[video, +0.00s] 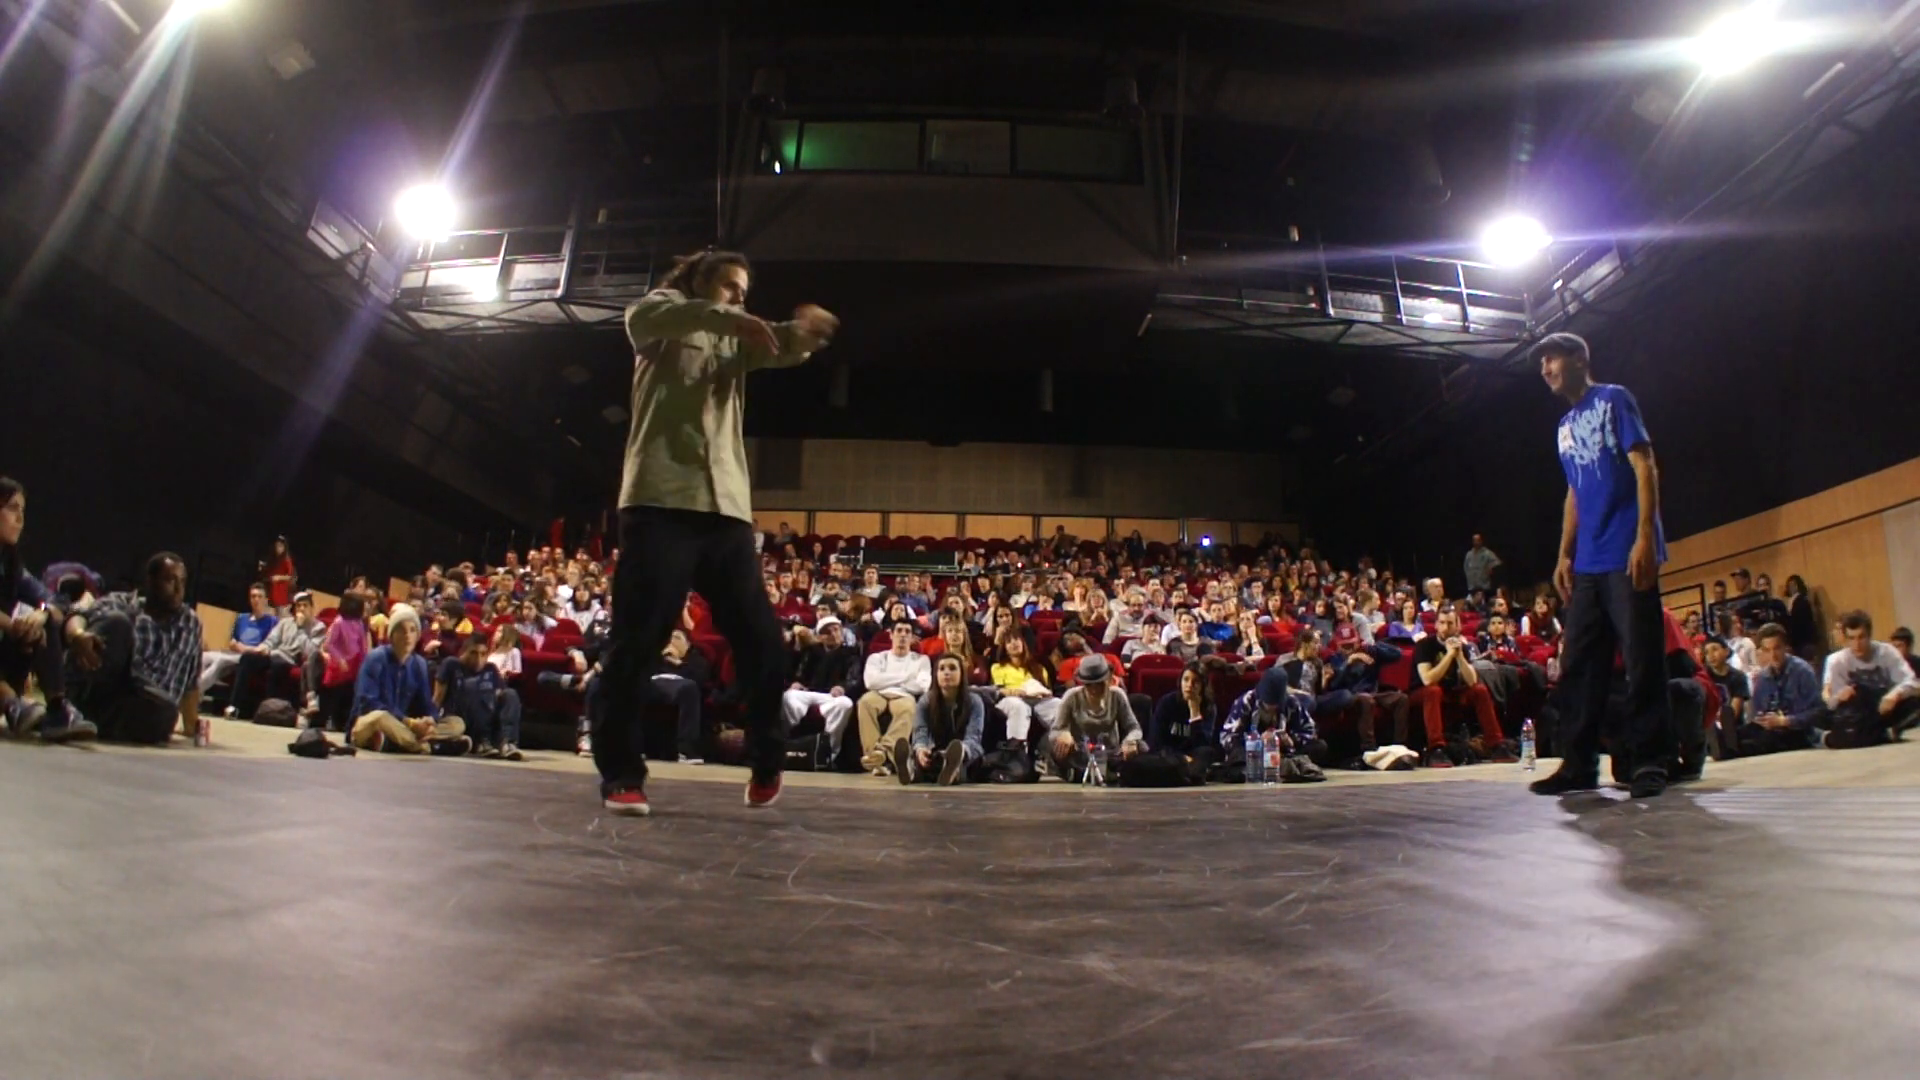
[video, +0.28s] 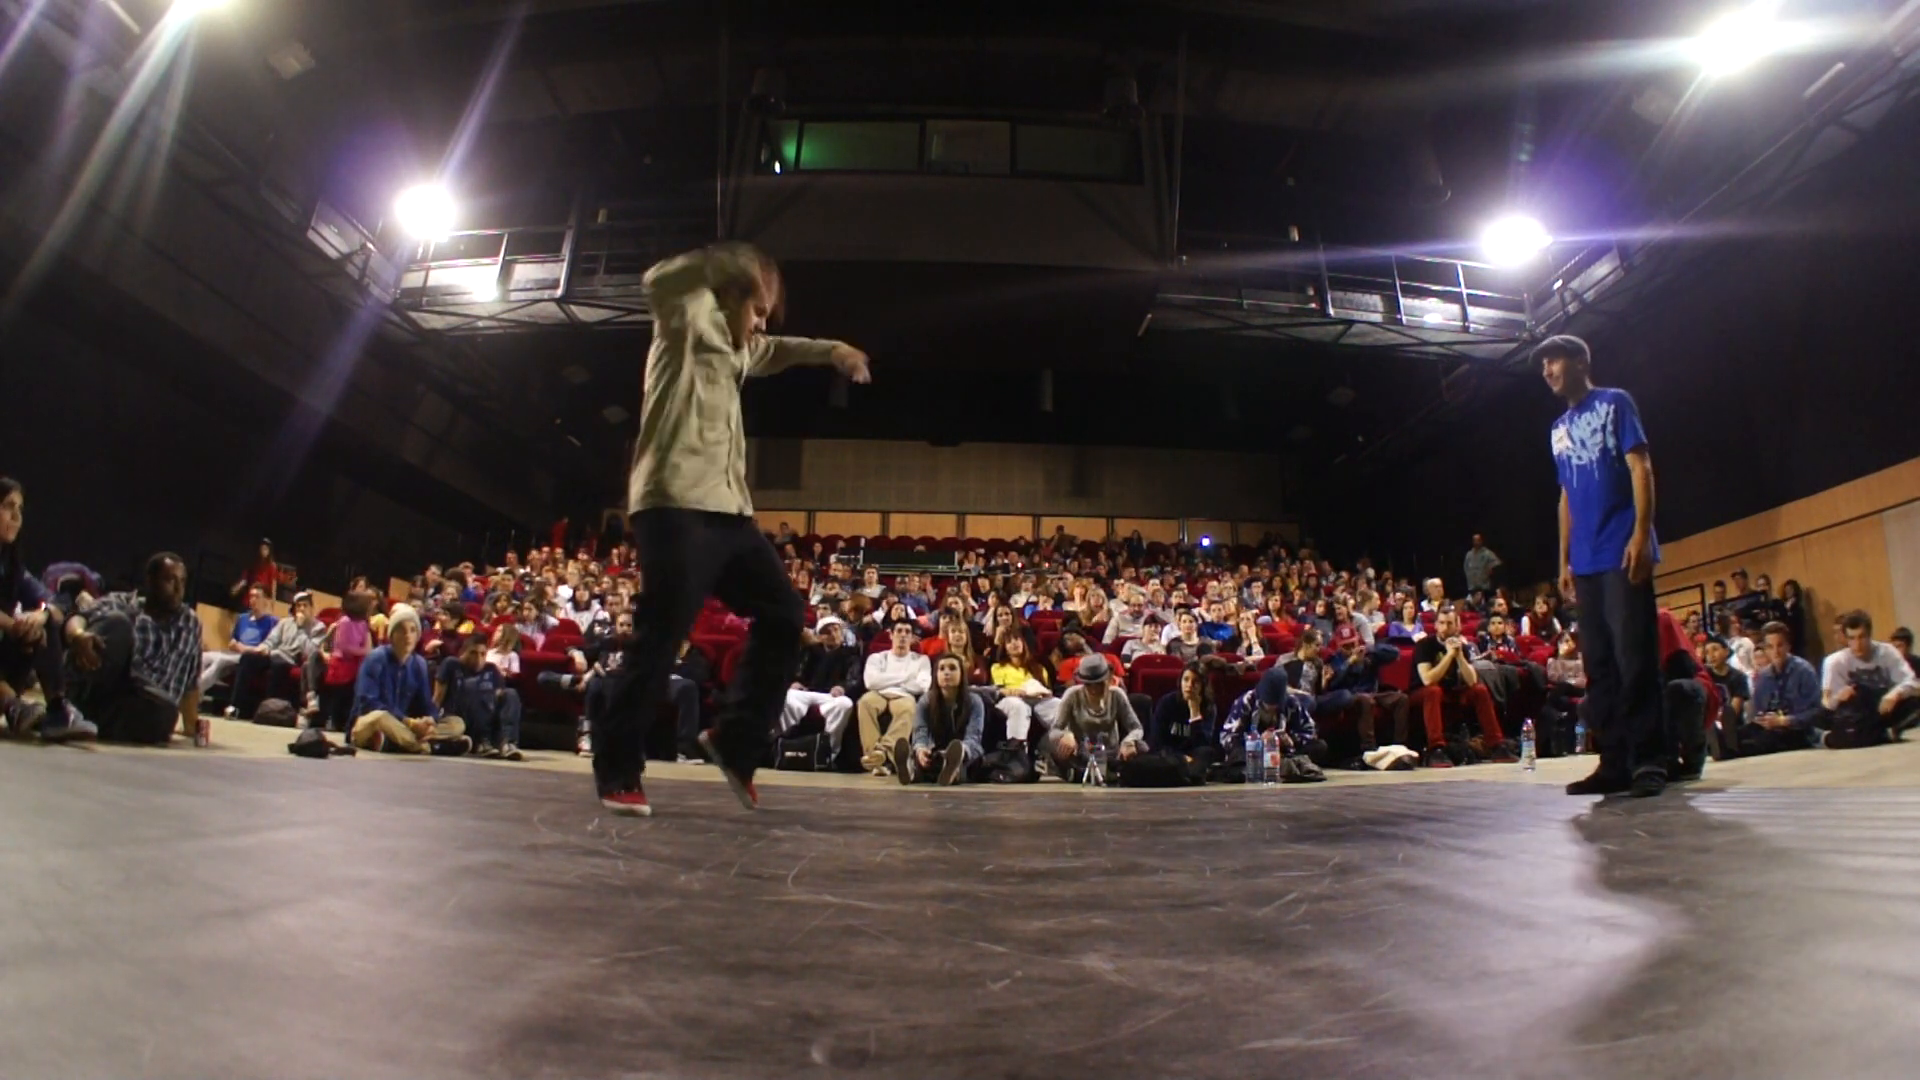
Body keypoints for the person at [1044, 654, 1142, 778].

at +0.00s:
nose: (1094, 690)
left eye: (1099, 684)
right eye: (1089, 685)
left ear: (1107, 680)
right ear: (1082, 683)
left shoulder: (1117, 695)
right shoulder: (1071, 697)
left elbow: (1134, 728)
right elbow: (1055, 731)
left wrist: (1130, 741)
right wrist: (1063, 734)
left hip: (1112, 756)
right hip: (1079, 757)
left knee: (1140, 749)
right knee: (1058, 749)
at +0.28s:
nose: (1094, 689)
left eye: (1099, 684)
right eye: (1089, 685)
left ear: (1107, 680)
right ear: (1083, 683)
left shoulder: (1117, 695)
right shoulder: (1072, 695)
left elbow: (1136, 729)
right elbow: (1054, 731)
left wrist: (1129, 741)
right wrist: (1066, 735)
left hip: (1111, 758)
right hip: (1079, 759)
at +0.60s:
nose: (1094, 690)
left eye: (1099, 685)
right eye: (1089, 685)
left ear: (1108, 681)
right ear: (1082, 683)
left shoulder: (1117, 696)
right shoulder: (1070, 699)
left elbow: (1133, 730)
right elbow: (1050, 738)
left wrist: (1129, 742)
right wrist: (1063, 734)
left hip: (1110, 755)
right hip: (1078, 755)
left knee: (1140, 748)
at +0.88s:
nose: (1095, 691)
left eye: (1099, 686)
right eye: (1089, 687)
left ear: (1108, 681)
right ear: (1082, 684)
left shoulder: (1117, 697)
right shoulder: (1069, 699)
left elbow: (1133, 730)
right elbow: (1050, 738)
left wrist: (1129, 742)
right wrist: (1063, 734)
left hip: (1110, 755)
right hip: (1078, 757)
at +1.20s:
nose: (1094, 690)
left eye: (1099, 685)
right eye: (1089, 685)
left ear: (1108, 680)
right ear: (1082, 683)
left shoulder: (1117, 696)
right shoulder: (1069, 699)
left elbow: (1133, 730)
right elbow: (1051, 736)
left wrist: (1129, 742)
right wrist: (1063, 735)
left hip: (1110, 756)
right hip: (1078, 756)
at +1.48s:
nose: (1094, 688)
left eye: (1099, 683)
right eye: (1089, 683)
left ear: (1107, 679)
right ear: (1083, 681)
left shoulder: (1117, 696)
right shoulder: (1069, 698)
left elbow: (1132, 729)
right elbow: (1052, 736)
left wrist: (1129, 741)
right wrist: (1063, 734)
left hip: (1110, 754)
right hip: (1078, 755)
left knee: (1140, 748)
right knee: (1056, 748)